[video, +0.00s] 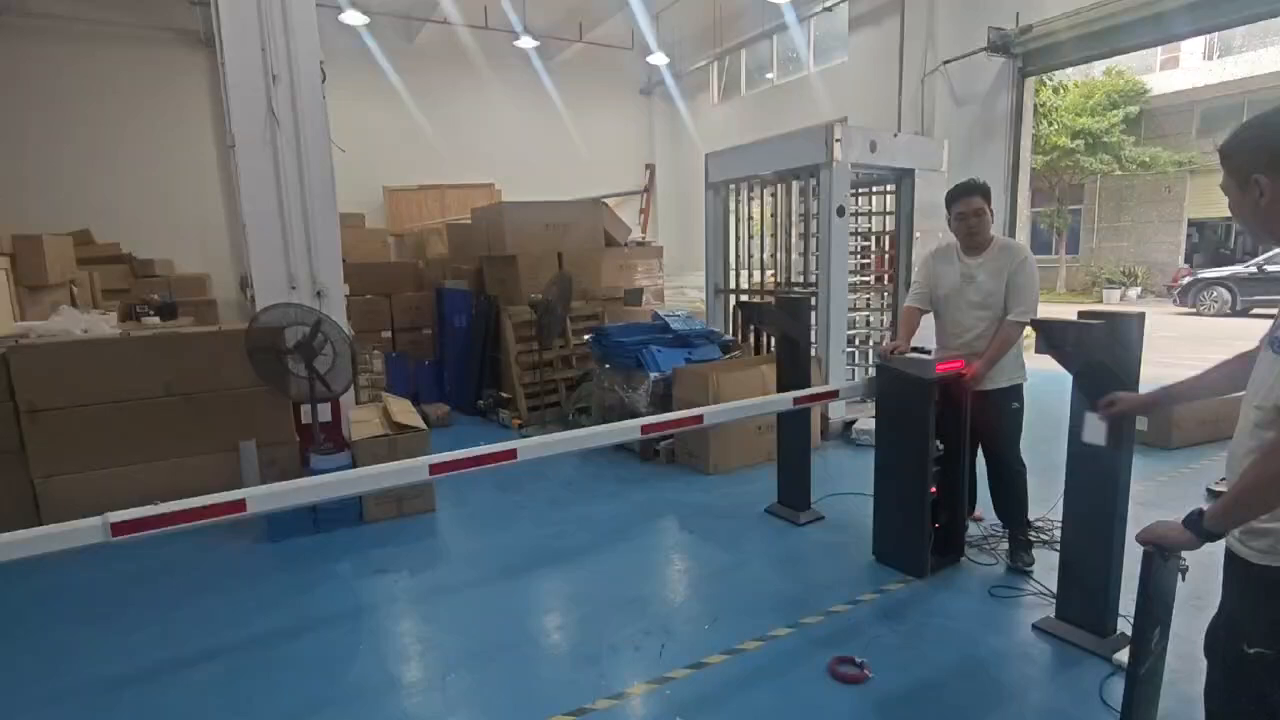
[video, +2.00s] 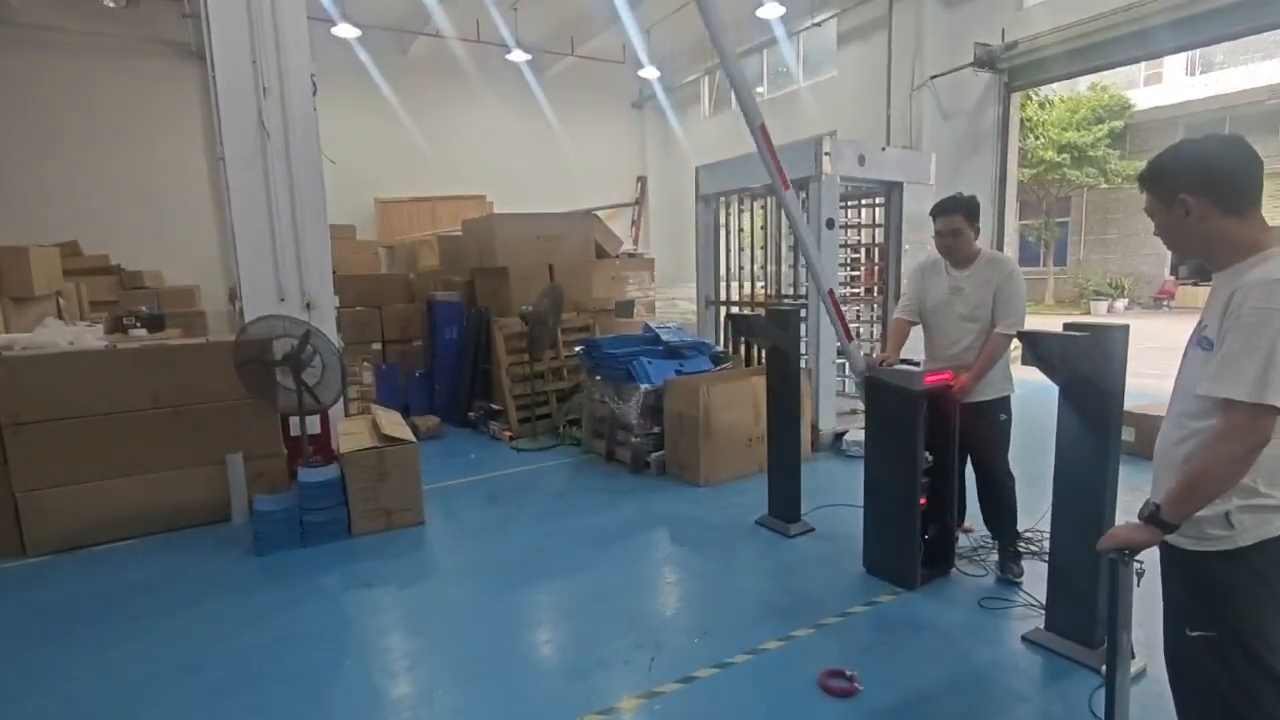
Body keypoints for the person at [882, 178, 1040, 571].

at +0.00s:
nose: (970, 223)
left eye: (977, 214)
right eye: (961, 217)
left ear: (991, 213)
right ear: (950, 221)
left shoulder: (1017, 257)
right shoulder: (937, 258)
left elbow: (1017, 319)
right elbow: (915, 302)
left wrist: (984, 362)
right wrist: (902, 338)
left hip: (1000, 380)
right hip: (951, 380)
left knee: (1004, 462)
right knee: (953, 463)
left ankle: (1018, 536)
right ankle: (949, 541)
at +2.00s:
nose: (944, 243)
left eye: (953, 234)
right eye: (939, 235)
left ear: (975, 232)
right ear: (933, 234)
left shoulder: (1003, 270)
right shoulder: (925, 269)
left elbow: (1005, 330)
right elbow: (904, 315)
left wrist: (972, 375)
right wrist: (890, 353)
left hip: (988, 393)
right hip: (940, 393)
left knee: (994, 475)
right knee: (942, 476)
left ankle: (1008, 547)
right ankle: (939, 552)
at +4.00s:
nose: (935, 244)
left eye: (943, 236)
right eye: (929, 236)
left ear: (966, 230)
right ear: (923, 234)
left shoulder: (994, 268)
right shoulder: (917, 268)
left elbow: (995, 328)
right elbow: (896, 313)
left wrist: (964, 373)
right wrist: (882, 349)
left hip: (978, 393)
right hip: (929, 392)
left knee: (986, 479)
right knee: (932, 476)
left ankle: (999, 555)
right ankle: (928, 551)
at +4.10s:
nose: (935, 243)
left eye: (943, 235)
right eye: (928, 235)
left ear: (964, 230)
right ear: (922, 234)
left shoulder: (991, 267)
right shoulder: (917, 269)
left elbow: (1011, 320)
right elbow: (897, 312)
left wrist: (1006, 372)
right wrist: (883, 349)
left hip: (979, 381)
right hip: (931, 382)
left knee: (983, 468)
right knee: (933, 469)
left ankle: (993, 541)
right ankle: (931, 547)